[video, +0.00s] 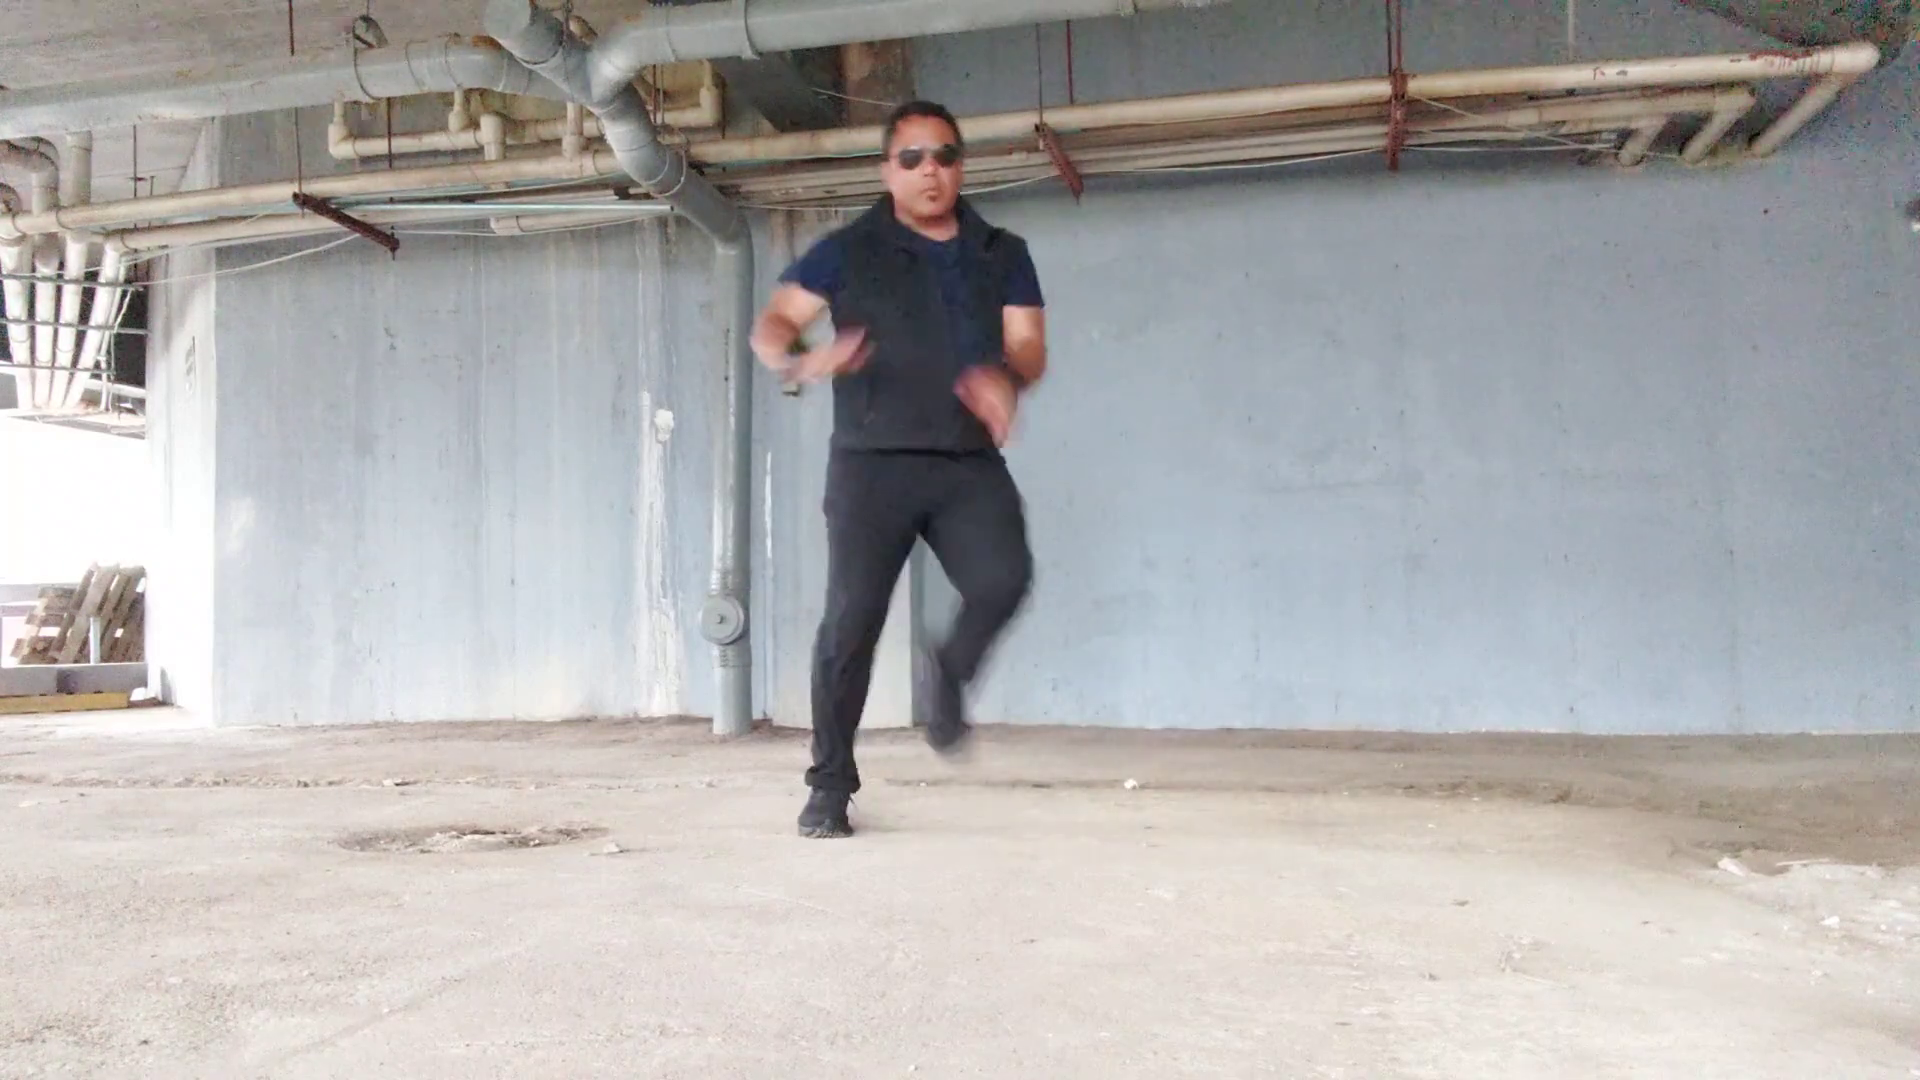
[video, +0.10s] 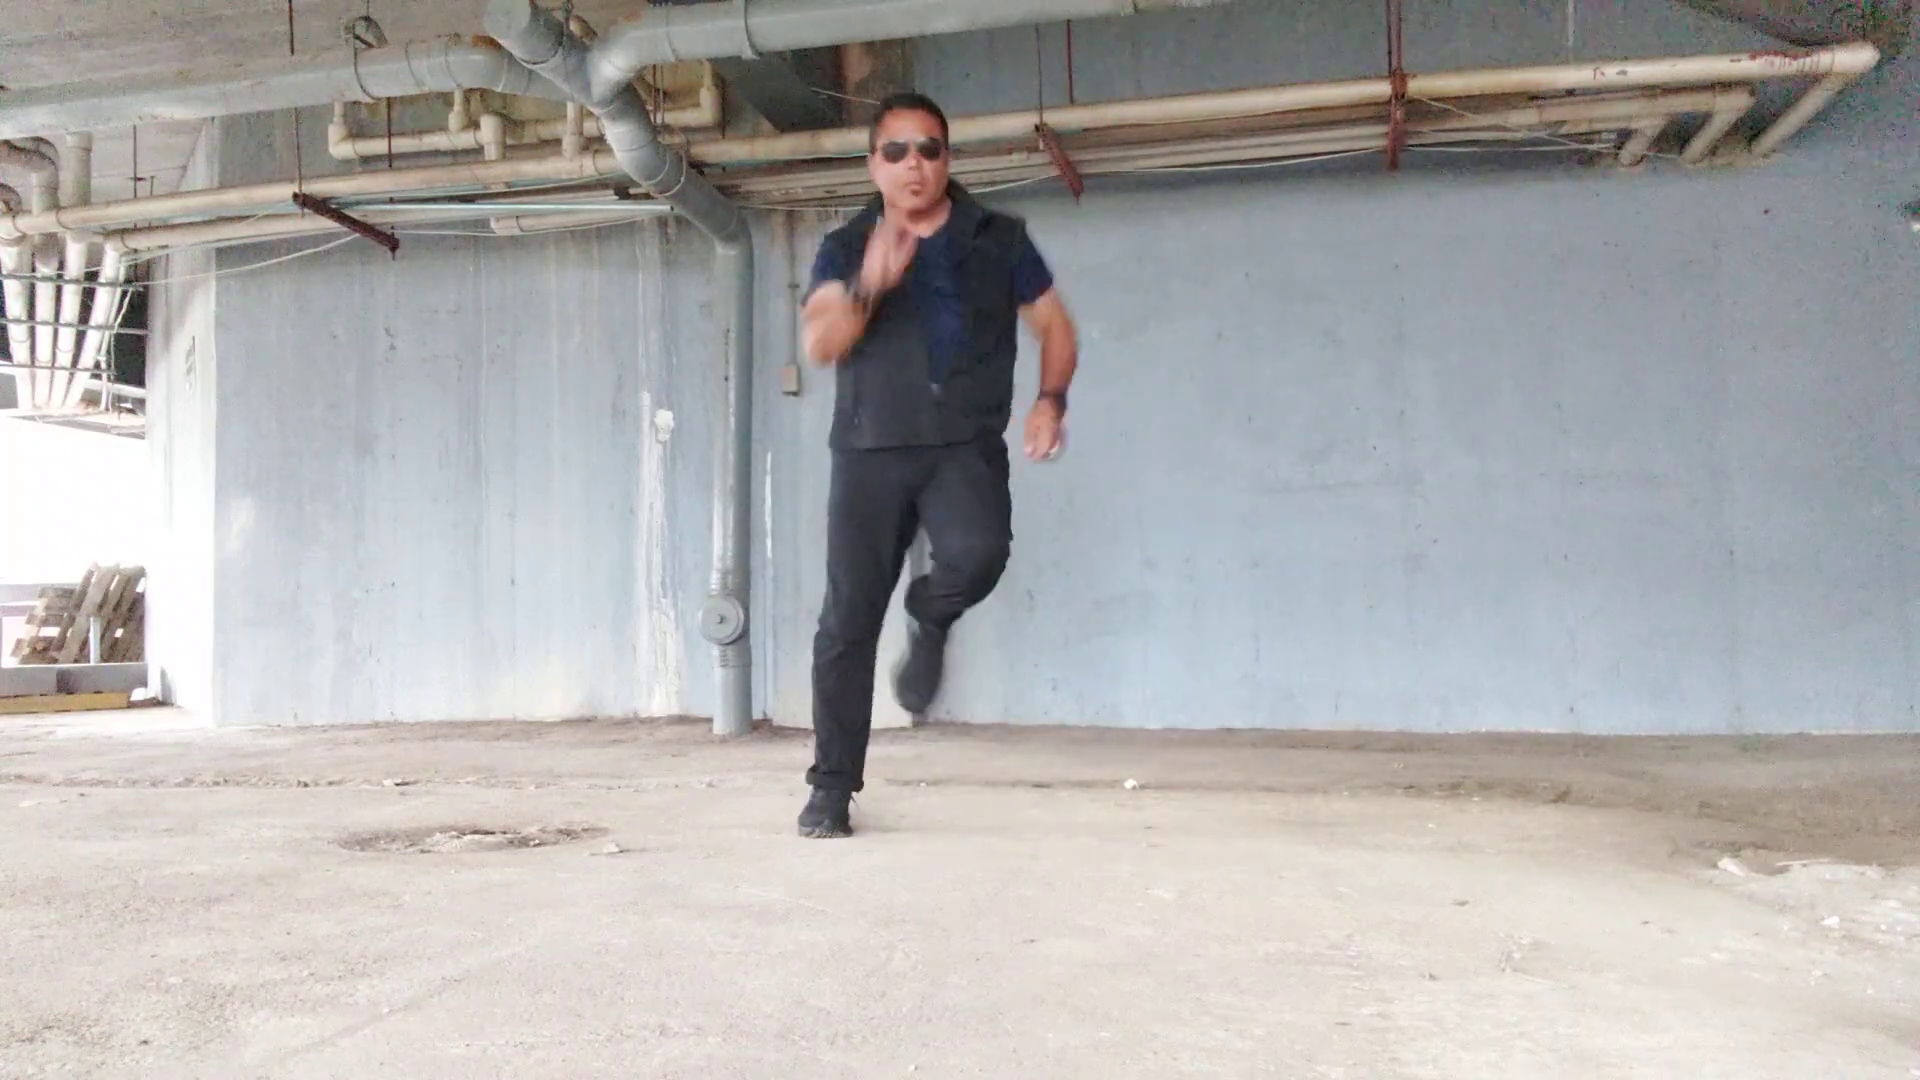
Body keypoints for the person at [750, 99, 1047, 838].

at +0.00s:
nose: (932, 172)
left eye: (945, 156)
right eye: (913, 159)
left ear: (962, 166)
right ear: (886, 171)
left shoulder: (1002, 252)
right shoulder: (850, 250)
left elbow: (1028, 349)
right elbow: (771, 328)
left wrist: (1005, 377)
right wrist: (797, 364)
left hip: (969, 468)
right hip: (872, 468)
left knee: (1002, 582)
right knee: (850, 624)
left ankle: (947, 674)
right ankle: (829, 783)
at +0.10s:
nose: (915, 164)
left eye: (929, 150)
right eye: (898, 152)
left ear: (949, 160)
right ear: (873, 164)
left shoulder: (997, 237)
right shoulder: (847, 245)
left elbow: (1057, 328)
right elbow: (820, 345)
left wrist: (1050, 400)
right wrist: (869, 283)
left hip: (968, 448)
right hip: (871, 451)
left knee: (976, 559)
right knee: (850, 618)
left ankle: (927, 619)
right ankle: (832, 783)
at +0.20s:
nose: (928, 161)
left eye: (941, 146)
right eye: (910, 149)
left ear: (963, 150)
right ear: (885, 159)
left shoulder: (1010, 213)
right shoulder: (864, 228)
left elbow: (1090, 256)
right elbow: (773, 281)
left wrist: (1062, 334)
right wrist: (839, 221)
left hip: (974, 441)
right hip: (879, 446)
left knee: (993, 571)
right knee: (853, 618)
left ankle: (988, 714)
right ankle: (833, 782)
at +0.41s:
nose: (979, 177)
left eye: (994, 161)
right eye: (961, 162)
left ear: (1015, 154)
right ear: (934, 157)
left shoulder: (1058, 213)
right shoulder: (900, 213)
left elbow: (1128, 275)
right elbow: (828, 246)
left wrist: (1118, 291)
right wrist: (816, 294)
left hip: (1020, 455)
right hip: (923, 454)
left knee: (1032, 623)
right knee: (885, 606)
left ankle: (1040, 801)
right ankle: (890, 762)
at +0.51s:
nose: (999, 179)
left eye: (1015, 162)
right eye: (981, 163)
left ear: (1037, 158)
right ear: (955, 158)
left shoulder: (1077, 232)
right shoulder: (921, 229)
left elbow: (1105, 340)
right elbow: (874, 324)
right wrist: (885, 372)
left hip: (1038, 460)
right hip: (939, 460)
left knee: (1039, 628)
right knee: (925, 614)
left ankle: (1042, 796)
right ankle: (997, 749)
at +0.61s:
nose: (1009, 162)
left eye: (1025, 148)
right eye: (993, 147)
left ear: (1046, 153)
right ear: (966, 150)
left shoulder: (1083, 225)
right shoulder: (930, 226)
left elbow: (1143, 303)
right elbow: (873, 317)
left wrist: (1129, 398)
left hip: (1053, 453)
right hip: (959, 458)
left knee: (1054, 608)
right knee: (983, 622)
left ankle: (1069, 781)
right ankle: (1022, 775)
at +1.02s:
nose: (1055, 144)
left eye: (1071, 130)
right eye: (1039, 129)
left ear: (1094, 139)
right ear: (1015, 138)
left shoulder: (1136, 225)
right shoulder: (972, 221)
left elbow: (1192, 312)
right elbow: (882, 274)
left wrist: (1213, 335)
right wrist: (940, 276)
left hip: (1097, 453)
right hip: (995, 452)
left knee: (1095, 623)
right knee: (987, 610)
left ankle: (1088, 786)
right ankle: (1009, 747)